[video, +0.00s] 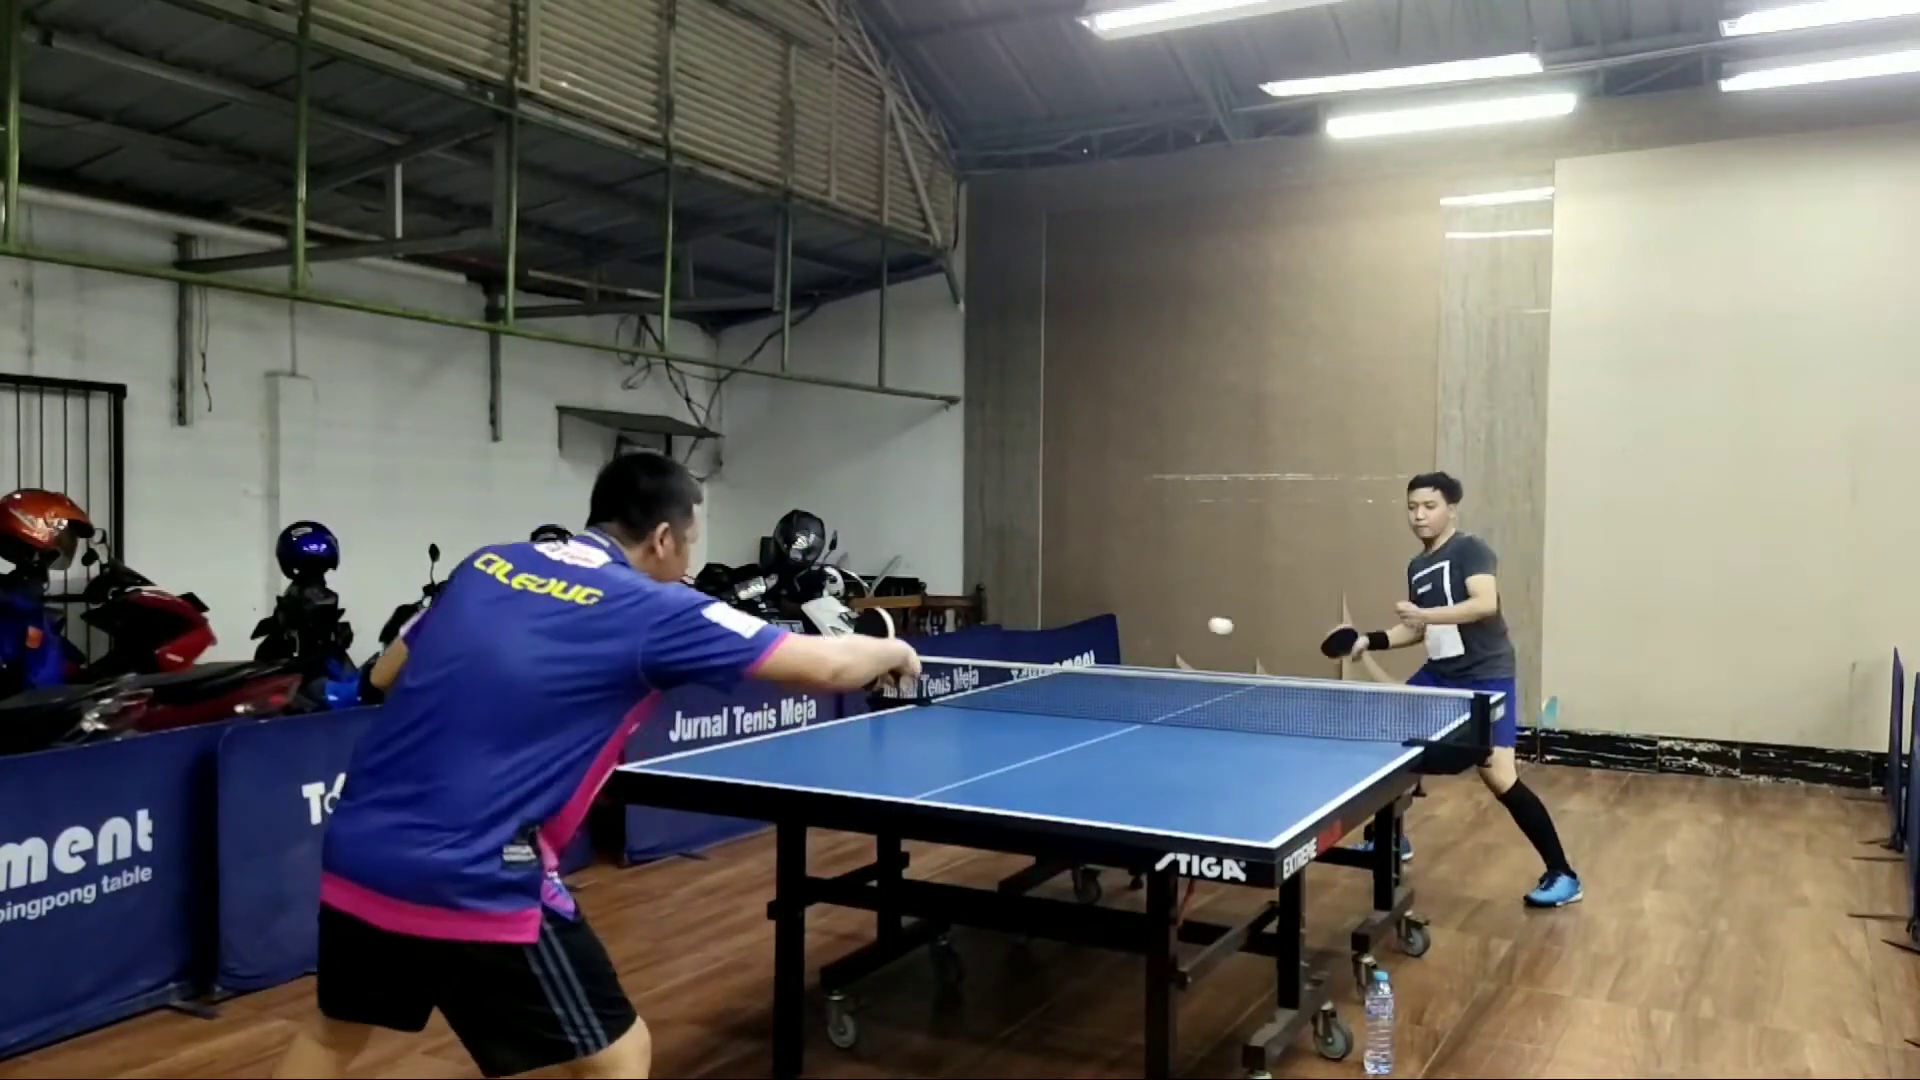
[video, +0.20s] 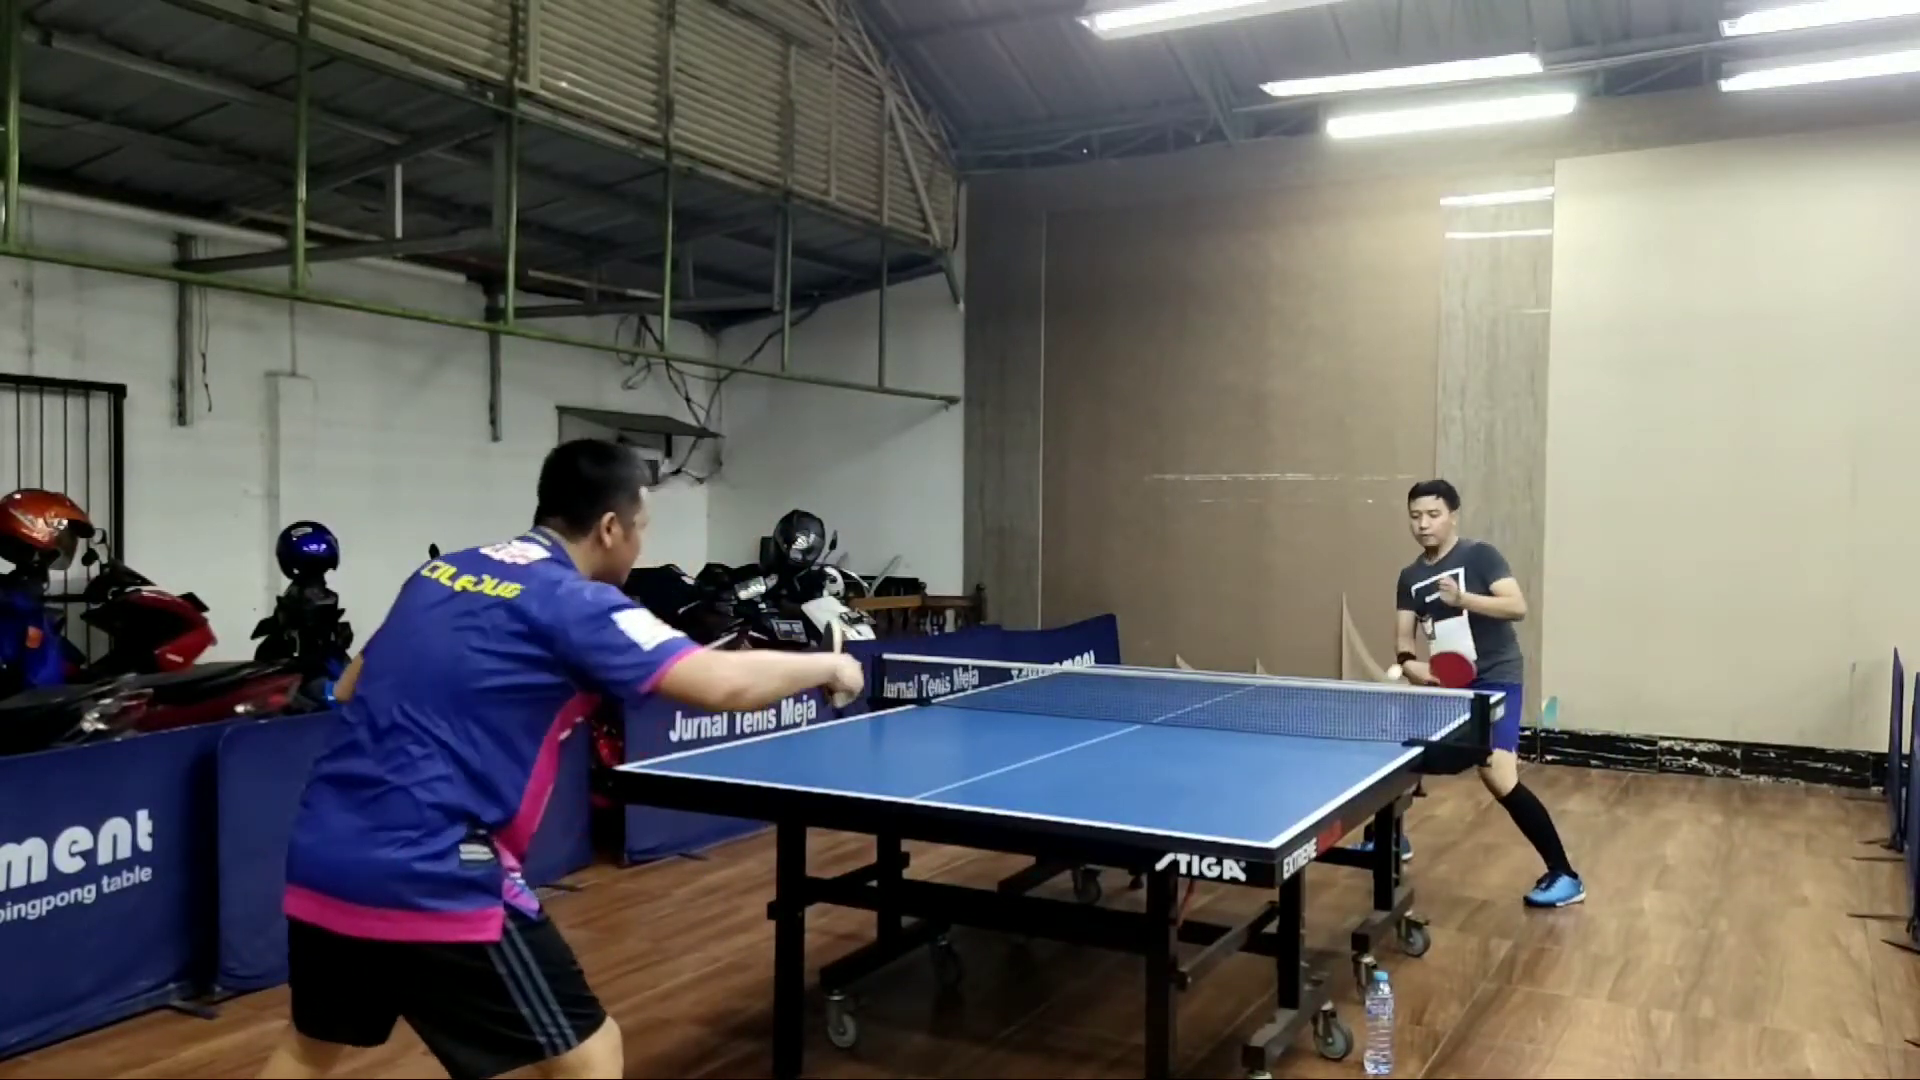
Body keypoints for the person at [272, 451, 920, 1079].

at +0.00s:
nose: (691, 559)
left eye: (692, 544)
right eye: (691, 544)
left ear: (595, 519)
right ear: (662, 537)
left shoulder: (486, 563)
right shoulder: (650, 608)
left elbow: (385, 675)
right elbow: (823, 666)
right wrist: (892, 652)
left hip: (353, 861)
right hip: (478, 883)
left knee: (332, 1038)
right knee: (616, 1054)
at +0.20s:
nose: (642, 545)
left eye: (643, 526)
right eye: (640, 526)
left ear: (544, 511)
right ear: (607, 526)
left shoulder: (437, 573)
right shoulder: (576, 599)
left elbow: (355, 687)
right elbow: (716, 684)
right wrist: (828, 665)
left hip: (323, 867)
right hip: (438, 880)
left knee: (313, 1047)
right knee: (587, 1053)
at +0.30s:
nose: (620, 534)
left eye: (620, 518)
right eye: (618, 518)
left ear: (525, 510)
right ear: (587, 523)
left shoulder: (432, 565)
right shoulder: (540, 595)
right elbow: (644, 713)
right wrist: (773, 714)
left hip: (292, 853)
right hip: (401, 867)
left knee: (304, 1045)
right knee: (542, 1058)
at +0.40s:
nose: (611, 524)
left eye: (613, 508)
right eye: (610, 508)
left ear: (515, 501)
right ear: (577, 513)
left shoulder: (428, 551)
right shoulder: (533, 584)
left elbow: (372, 682)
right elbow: (590, 736)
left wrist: (425, 791)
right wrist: (707, 763)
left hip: (265, 829)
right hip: (368, 844)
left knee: (278, 1035)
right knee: (497, 1058)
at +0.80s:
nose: (558, 582)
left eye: (560, 566)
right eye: (557, 566)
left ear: (459, 557)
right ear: (533, 568)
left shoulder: (367, 597)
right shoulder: (533, 652)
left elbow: (254, 712)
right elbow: (633, 799)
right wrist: (655, 787)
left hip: (212, 870)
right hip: (338, 883)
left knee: (249, 1046)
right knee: (493, 1062)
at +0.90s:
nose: (545, 606)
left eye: (546, 590)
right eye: (543, 590)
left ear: (444, 578)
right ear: (519, 597)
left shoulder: (351, 619)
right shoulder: (536, 681)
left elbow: (202, 682)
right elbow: (667, 790)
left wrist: (263, 724)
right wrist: (651, 740)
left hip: (216, 892)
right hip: (352, 904)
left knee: (250, 1051)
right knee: (533, 1027)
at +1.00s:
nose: (552, 616)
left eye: (549, 601)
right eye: (550, 603)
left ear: (451, 596)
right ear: (531, 614)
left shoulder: (368, 635)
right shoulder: (562, 697)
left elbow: (206, 660)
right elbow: (686, 775)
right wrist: (657, 729)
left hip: (249, 904)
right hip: (399, 923)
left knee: (254, 1057)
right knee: (548, 1030)